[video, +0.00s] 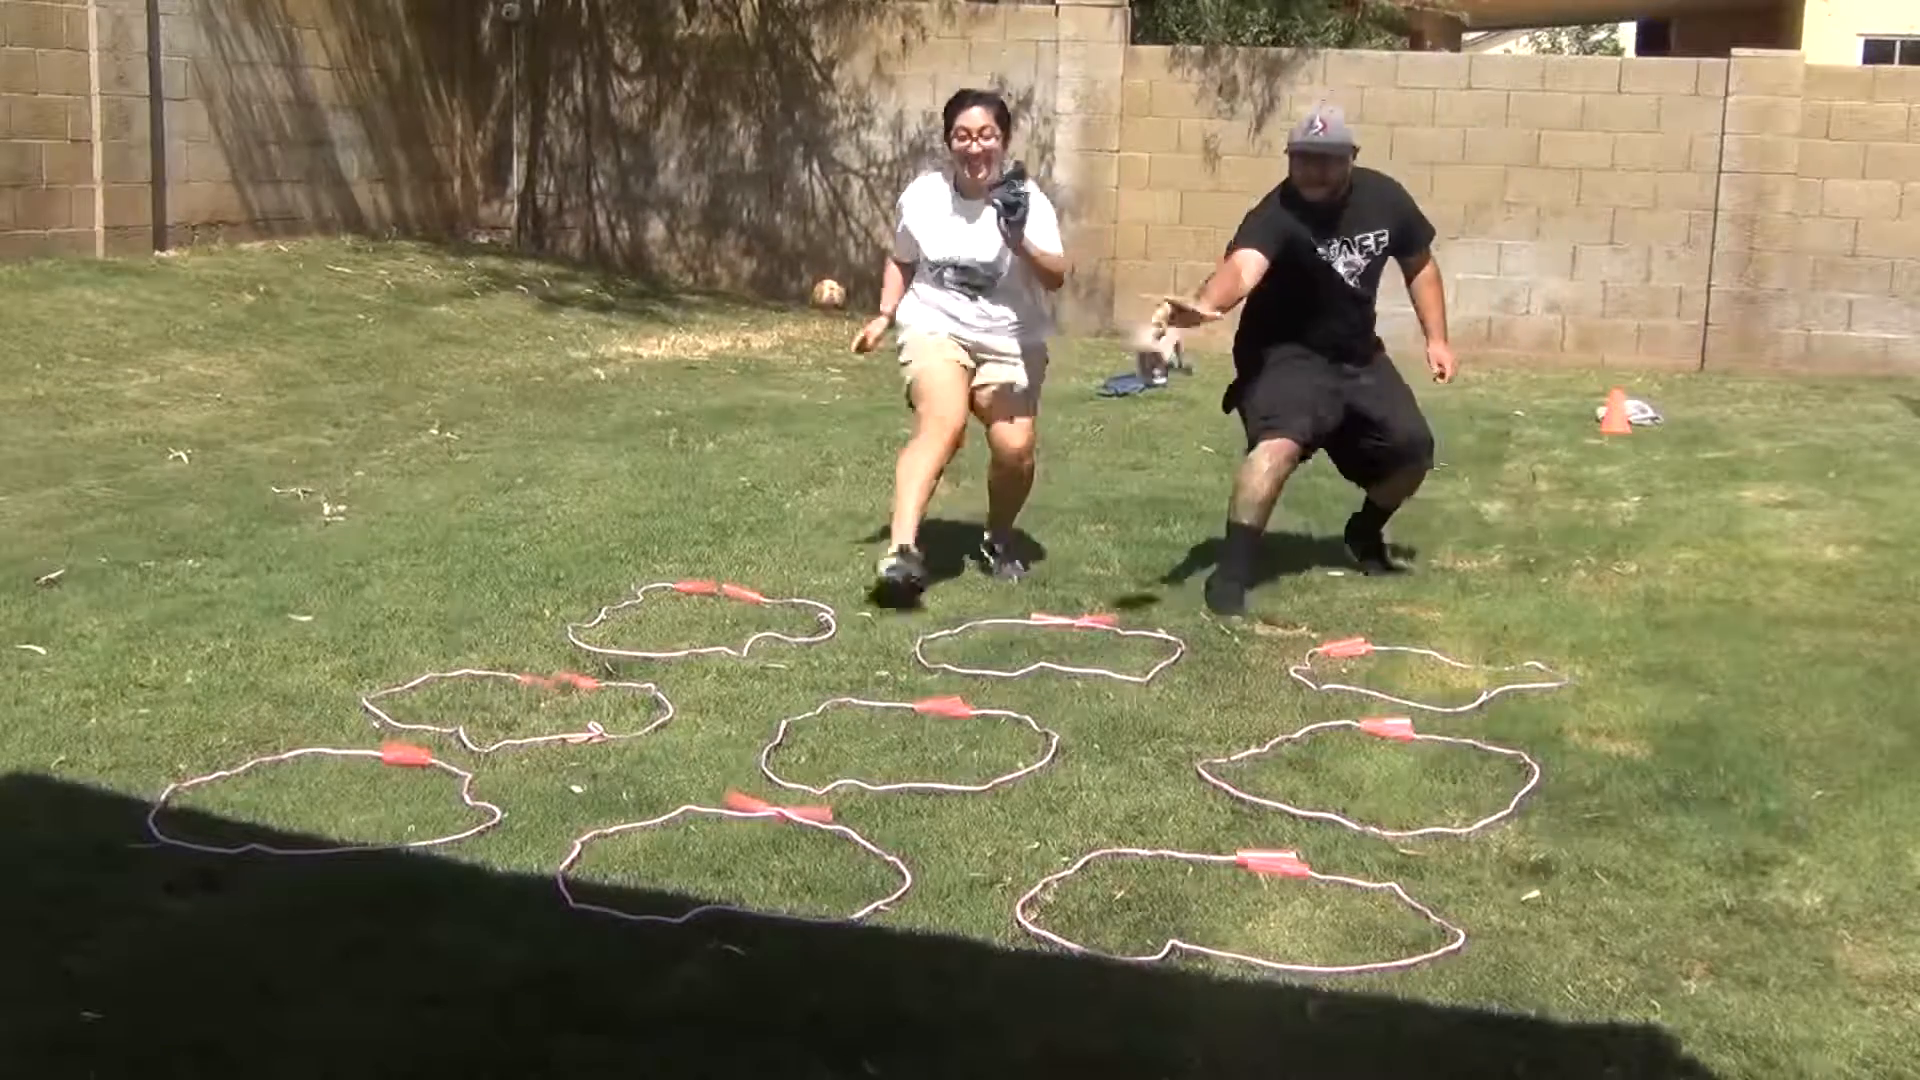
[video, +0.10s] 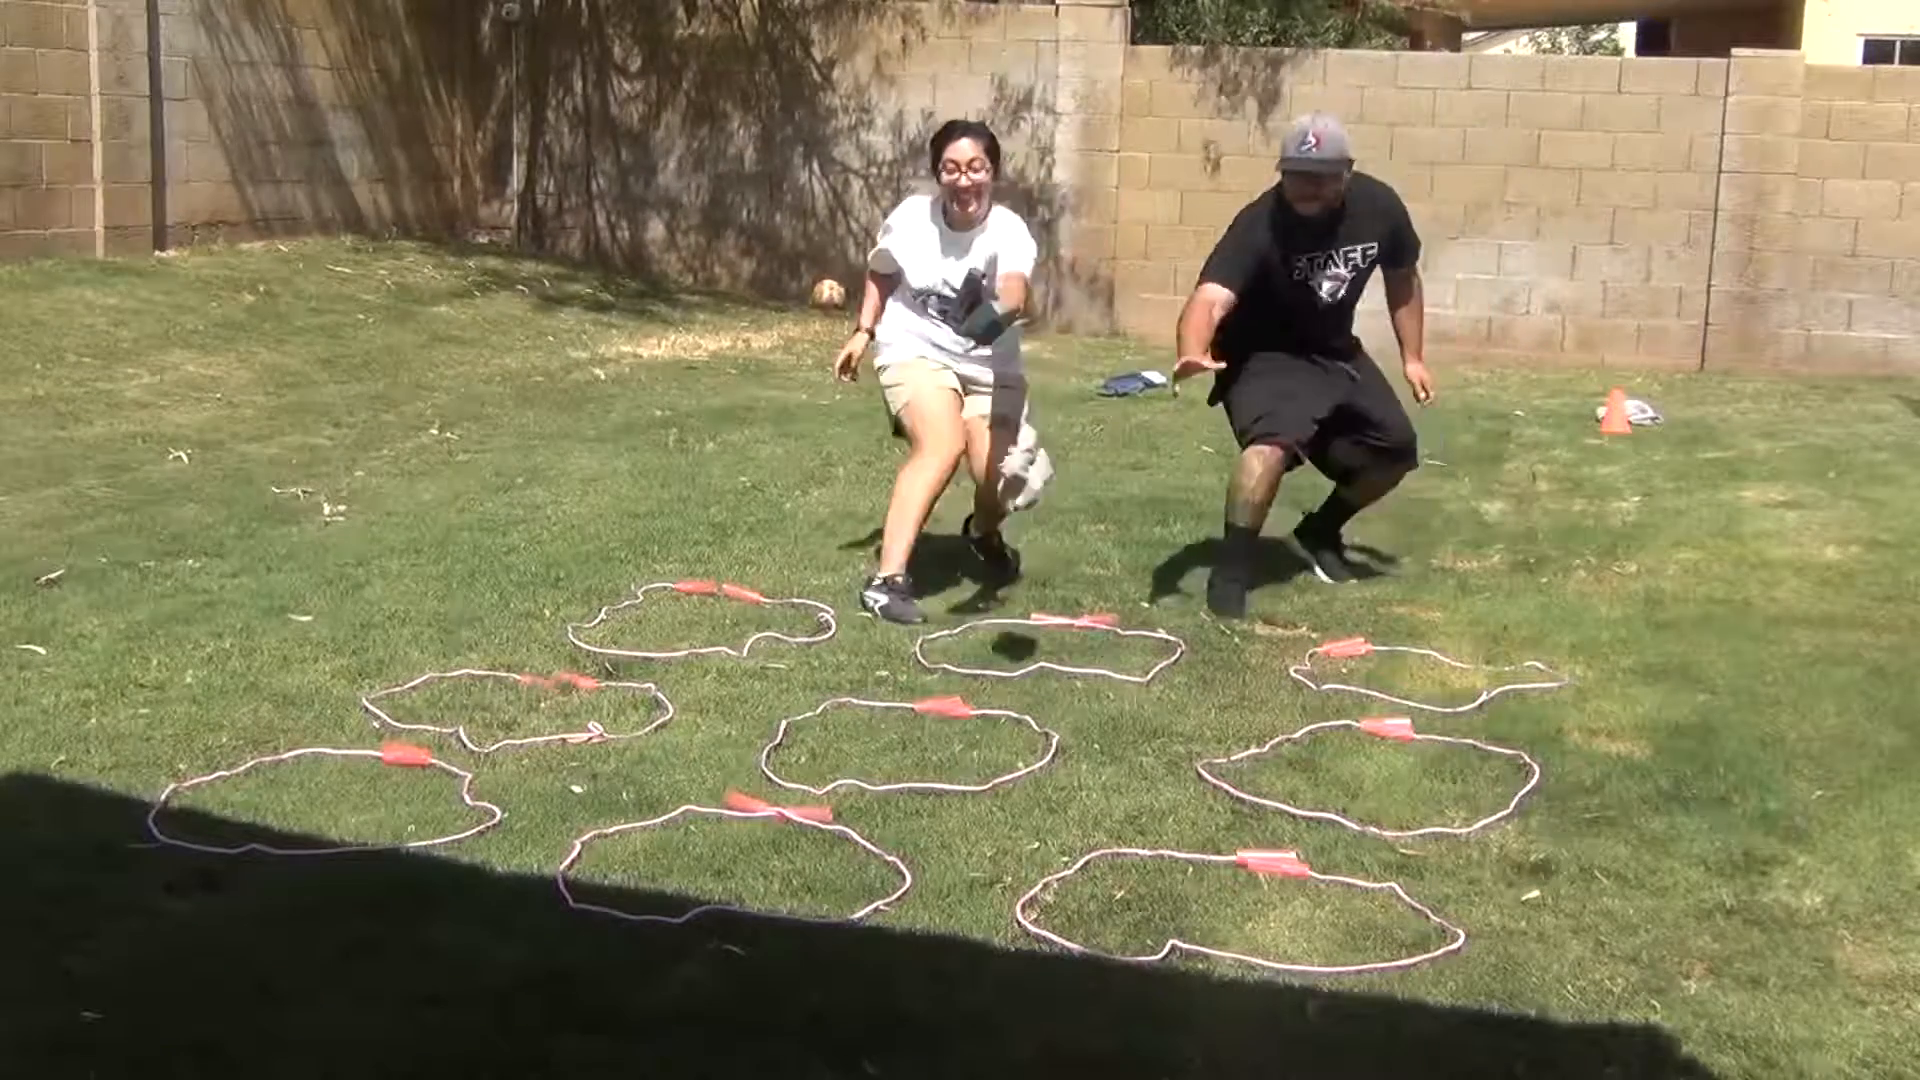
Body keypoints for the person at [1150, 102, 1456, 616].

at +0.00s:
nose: (1316, 170)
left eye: (1329, 158)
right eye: (1305, 158)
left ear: (1351, 159)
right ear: (1290, 160)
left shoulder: (1384, 198)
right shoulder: (1277, 213)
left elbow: (1419, 266)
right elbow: (1241, 267)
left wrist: (1437, 338)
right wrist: (1204, 306)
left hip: (1359, 355)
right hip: (1286, 353)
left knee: (1411, 451)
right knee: (1282, 441)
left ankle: (1365, 531)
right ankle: (1232, 573)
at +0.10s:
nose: (1307, 188)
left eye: (1321, 177)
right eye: (1297, 176)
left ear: (1345, 174)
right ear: (1282, 172)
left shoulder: (1378, 208)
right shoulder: (1260, 223)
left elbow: (1403, 280)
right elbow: (1209, 298)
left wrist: (1412, 357)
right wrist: (1193, 351)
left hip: (1336, 352)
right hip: (1265, 352)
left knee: (1393, 452)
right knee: (1272, 445)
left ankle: (1320, 530)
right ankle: (1231, 573)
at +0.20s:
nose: (1307, 184)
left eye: (1322, 175)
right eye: (1298, 172)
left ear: (1348, 172)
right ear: (1282, 167)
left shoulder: (1377, 203)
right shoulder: (1251, 221)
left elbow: (1398, 273)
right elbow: (1200, 315)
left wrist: (1399, 357)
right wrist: (1180, 404)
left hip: (1323, 342)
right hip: (1252, 343)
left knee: (1369, 452)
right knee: (1257, 445)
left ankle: (1277, 502)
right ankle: (1231, 570)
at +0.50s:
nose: (1358, 176)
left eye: (1372, 167)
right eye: (1349, 163)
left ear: (1391, 166)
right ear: (1331, 154)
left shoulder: (1397, 203)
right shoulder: (1281, 207)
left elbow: (1384, 267)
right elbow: (1216, 290)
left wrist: (1371, 342)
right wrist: (1226, 378)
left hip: (1310, 333)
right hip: (1247, 327)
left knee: (1331, 443)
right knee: (1257, 427)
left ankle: (1219, 469)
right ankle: (1232, 570)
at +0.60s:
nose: (1394, 175)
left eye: (1407, 166)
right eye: (1383, 161)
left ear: (1420, 164)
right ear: (1360, 151)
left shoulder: (1399, 202)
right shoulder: (1324, 202)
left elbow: (1366, 273)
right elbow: (1266, 294)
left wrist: (1350, 340)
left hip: (1312, 319)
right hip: (1240, 314)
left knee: (1359, 429)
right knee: (1260, 439)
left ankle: (1254, 491)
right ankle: (1231, 571)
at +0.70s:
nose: (1444, 161)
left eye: (1454, 149)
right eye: (1434, 146)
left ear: (1462, 151)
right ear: (1401, 139)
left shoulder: (1399, 185)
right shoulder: (1369, 184)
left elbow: (1342, 271)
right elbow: (1332, 274)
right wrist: (1387, 354)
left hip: (1314, 309)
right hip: (1262, 306)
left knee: (1375, 406)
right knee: (1275, 429)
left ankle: (1304, 524)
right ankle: (1231, 575)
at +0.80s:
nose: (1489, 136)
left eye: (1492, 125)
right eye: (1485, 123)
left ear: (1447, 116)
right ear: (1449, 115)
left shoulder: (1412, 155)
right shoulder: (1410, 157)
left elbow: (1354, 252)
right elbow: (1369, 233)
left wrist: (1379, 324)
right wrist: (1410, 321)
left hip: (1336, 307)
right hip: (1302, 300)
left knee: (1374, 421)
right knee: (1288, 430)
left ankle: (1316, 544)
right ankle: (1238, 569)